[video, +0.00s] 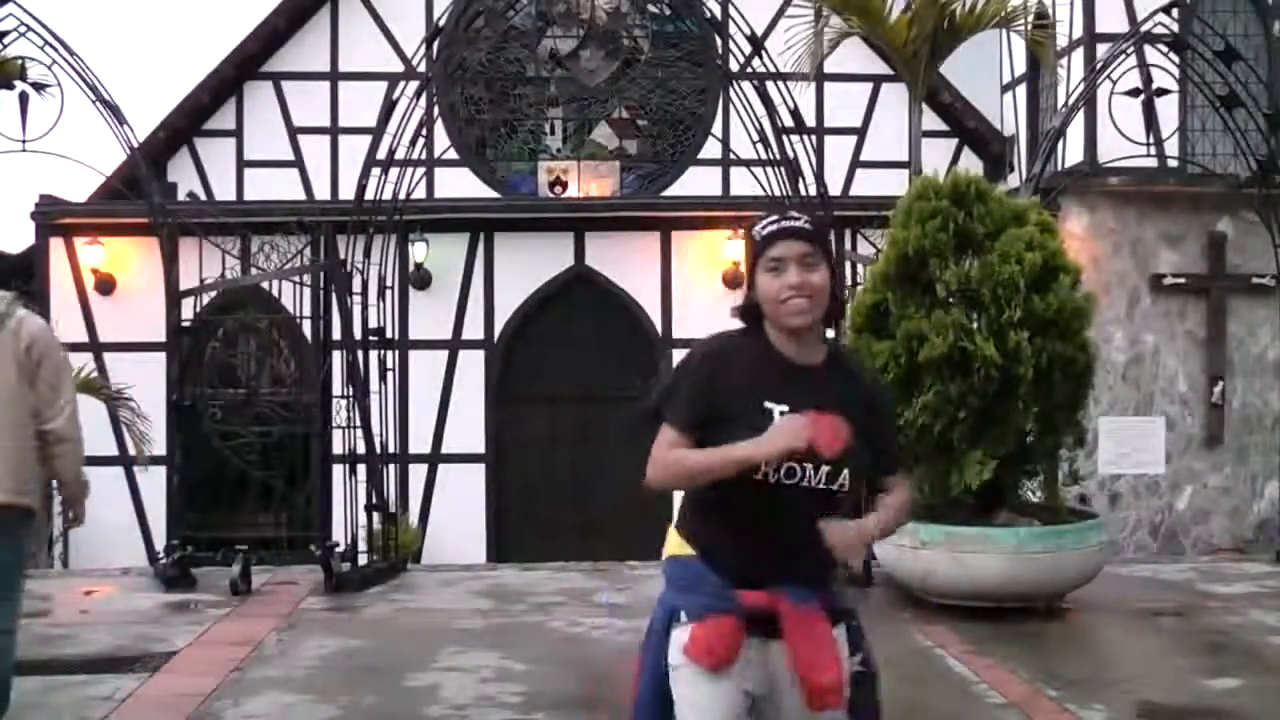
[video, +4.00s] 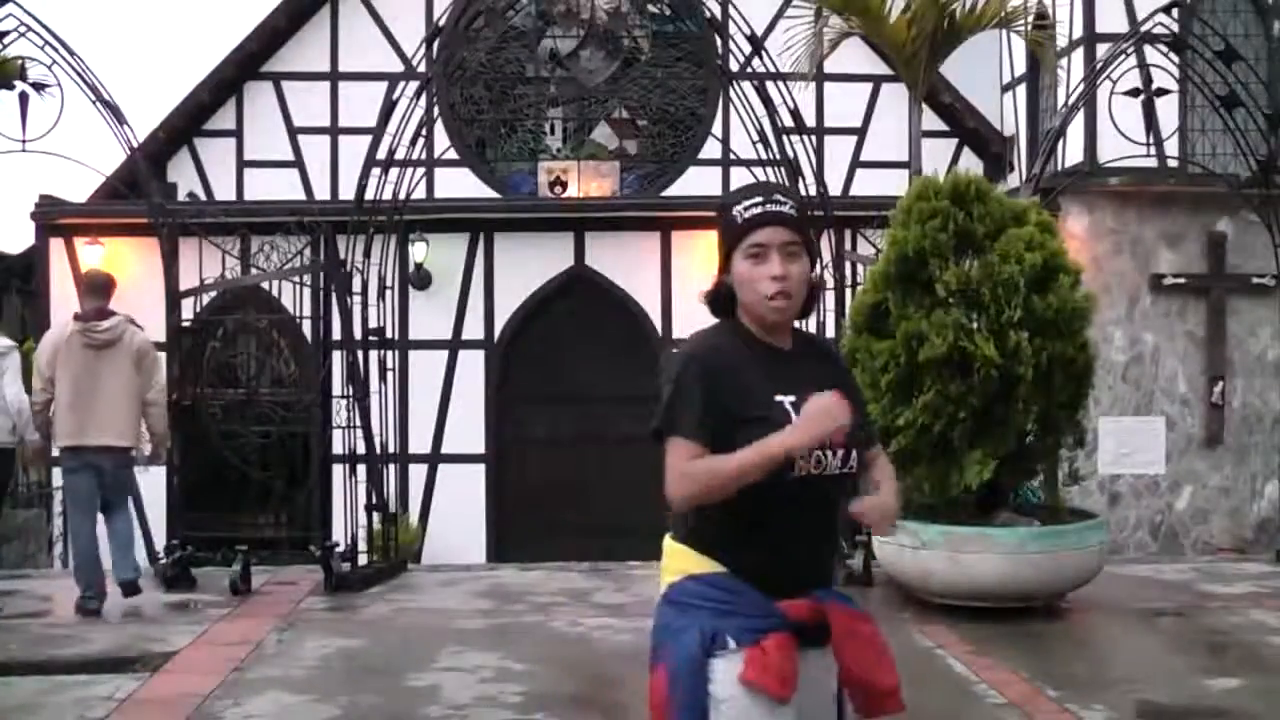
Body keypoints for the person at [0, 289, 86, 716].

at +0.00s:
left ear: (7, 287)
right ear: (18, 285)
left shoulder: (28, 331)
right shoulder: (28, 331)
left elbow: (57, 418)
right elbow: (58, 419)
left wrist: (70, 487)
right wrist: (73, 488)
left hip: (12, 499)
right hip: (9, 497)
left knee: (5, 617)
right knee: (4, 616)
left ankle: (4, 703)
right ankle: (1, 704)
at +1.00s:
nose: (36, 297)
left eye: (33, 291)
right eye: (46, 289)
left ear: (24, 289)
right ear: (69, 286)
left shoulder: (5, 331)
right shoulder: (105, 335)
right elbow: (132, 417)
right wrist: (141, 484)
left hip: (13, 482)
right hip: (82, 482)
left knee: (16, 590)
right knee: (99, 575)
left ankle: (16, 703)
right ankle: (119, 671)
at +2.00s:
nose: (94, 297)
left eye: (96, 290)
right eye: (97, 290)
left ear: (101, 290)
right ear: (138, 292)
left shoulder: (73, 342)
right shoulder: (170, 340)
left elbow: (48, 409)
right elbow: (199, 408)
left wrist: (46, 452)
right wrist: (211, 451)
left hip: (91, 466)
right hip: (147, 465)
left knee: (108, 552)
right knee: (141, 562)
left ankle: (110, 633)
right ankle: (125, 653)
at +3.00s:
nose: (129, 299)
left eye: (125, 292)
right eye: (144, 292)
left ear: (120, 290)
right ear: (155, 293)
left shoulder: (94, 334)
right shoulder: (177, 341)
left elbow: (68, 393)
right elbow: (196, 400)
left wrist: (53, 439)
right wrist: (211, 452)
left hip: (108, 448)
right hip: (156, 450)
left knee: (110, 530)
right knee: (153, 536)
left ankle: (117, 602)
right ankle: (145, 611)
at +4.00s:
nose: (90, 301)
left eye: (86, 293)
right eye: (102, 294)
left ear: (80, 294)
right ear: (111, 295)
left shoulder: (57, 338)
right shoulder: (136, 339)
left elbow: (40, 397)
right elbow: (154, 396)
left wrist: (44, 434)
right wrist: (159, 443)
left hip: (74, 442)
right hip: (117, 442)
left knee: (81, 519)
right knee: (118, 508)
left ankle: (90, 596)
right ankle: (127, 574)